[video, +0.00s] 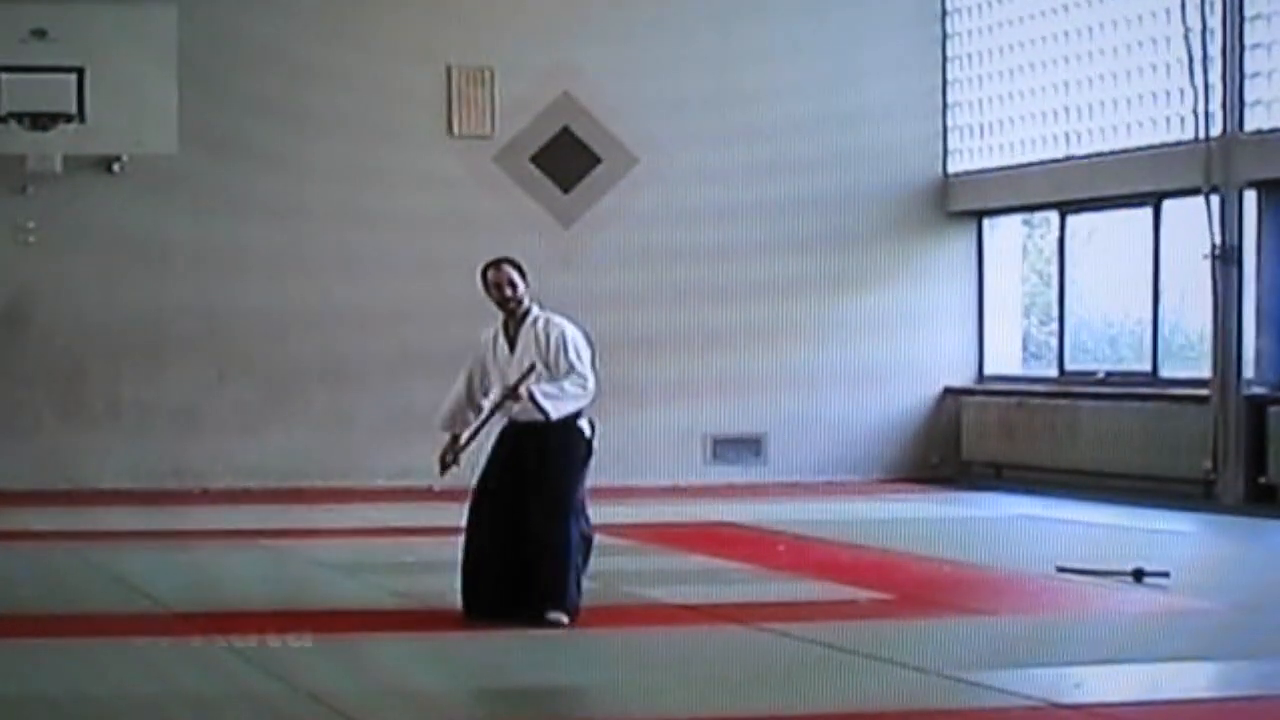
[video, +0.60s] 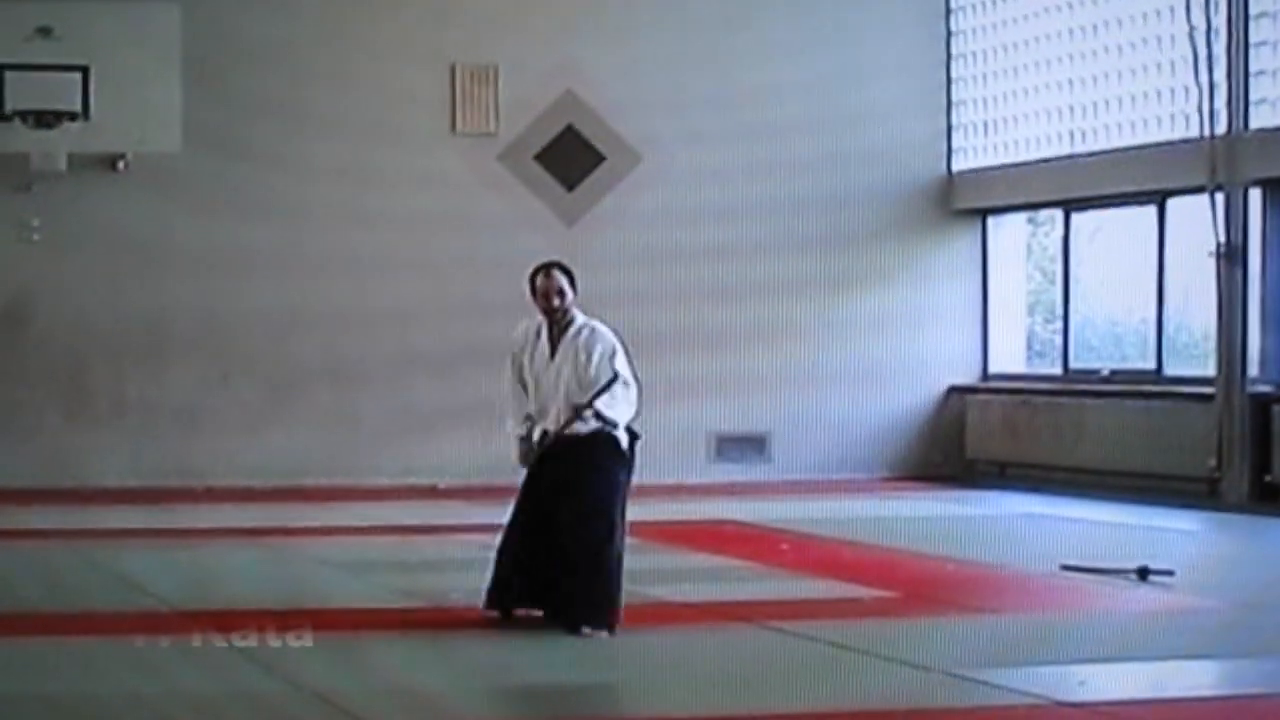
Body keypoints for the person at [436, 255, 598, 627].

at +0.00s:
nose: (506, 293)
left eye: (511, 284)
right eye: (497, 288)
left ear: (525, 285)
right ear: (489, 296)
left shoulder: (558, 332)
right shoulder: (492, 342)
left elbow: (583, 385)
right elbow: (472, 393)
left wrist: (534, 394)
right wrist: (456, 437)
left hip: (560, 433)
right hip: (517, 432)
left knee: (555, 516)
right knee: (491, 510)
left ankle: (558, 602)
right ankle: (495, 601)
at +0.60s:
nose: (553, 302)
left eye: (559, 293)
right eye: (545, 295)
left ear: (572, 294)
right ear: (535, 300)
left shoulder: (596, 337)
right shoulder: (525, 342)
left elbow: (622, 393)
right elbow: (519, 397)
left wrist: (585, 421)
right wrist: (524, 436)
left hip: (597, 442)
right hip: (551, 443)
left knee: (594, 526)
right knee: (533, 520)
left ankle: (596, 615)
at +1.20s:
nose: (568, 283)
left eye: (574, 274)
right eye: (559, 277)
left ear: (587, 276)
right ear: (549, 283)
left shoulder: (611, 321)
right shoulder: (539, 320)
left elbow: (624, 362)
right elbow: (537, 368)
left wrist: (619, 378)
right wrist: (570, 387)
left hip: (605, 423)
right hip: (560, 422)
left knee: (599, 511)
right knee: (548, 507)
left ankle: (604, 598)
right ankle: (553, 596)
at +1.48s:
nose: (543, 256)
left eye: (549, 247)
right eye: (533, 251)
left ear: (564, 249)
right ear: (526, 260)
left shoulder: (589, 292)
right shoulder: (518, 299)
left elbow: (612, 326)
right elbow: (526, 354)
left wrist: (628, 356)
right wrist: (572, 372)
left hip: (592, 398)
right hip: (543, 399)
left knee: (591, 488)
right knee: (512, 489)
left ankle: (602, 580)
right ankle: (542, 576)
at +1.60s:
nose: (522, 247)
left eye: (527, 238)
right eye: (513, 242)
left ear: (542, 242)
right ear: (505, 252)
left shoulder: (571, 288)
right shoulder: (496, 299)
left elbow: (599, 329)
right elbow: (504, 353)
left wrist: (619, 368)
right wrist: (546, 375)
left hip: (579, 394)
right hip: (525, 397)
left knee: (587, 481)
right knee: (492, 473)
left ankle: (599, 572)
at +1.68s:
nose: (510, 247)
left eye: (515, 238)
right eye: (501, 243)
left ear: (530, 241)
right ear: (493, 253)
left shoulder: (560, 288)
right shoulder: (485, 300)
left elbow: (590, 334)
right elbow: (486, 357)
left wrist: (609, 377)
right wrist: (527, 377)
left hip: (570, 396)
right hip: (514, 400)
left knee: (581, 485)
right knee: (481, 473)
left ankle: (596, 573)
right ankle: (452, 551)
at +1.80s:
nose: (483, 246)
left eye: (488, 237)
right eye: (474, 242)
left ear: (503, 239)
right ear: (466, 251)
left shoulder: (533, 289)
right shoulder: (459, 298)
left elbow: (557, 339)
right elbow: (443, 346)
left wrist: (568, 385)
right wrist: (472, 374)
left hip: (537, 396)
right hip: (484, 399)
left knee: (559, 484)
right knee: (445, 474)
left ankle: (589, 570)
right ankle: (430, 563)